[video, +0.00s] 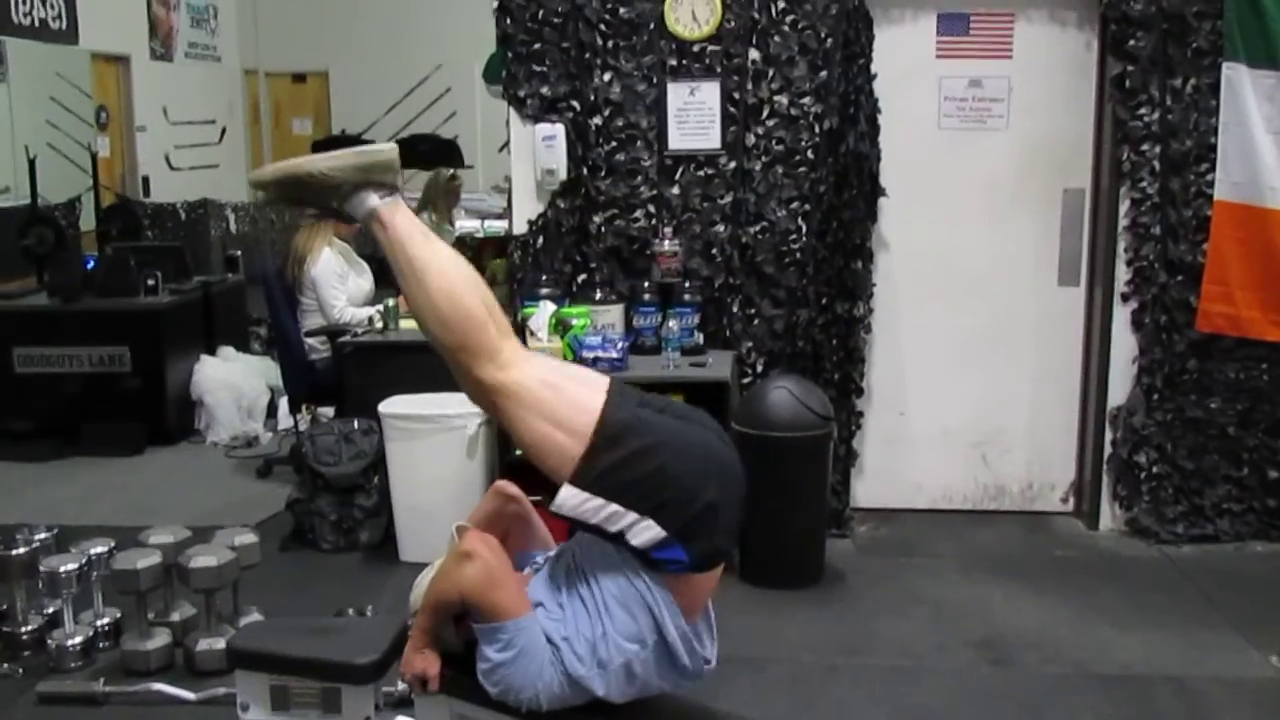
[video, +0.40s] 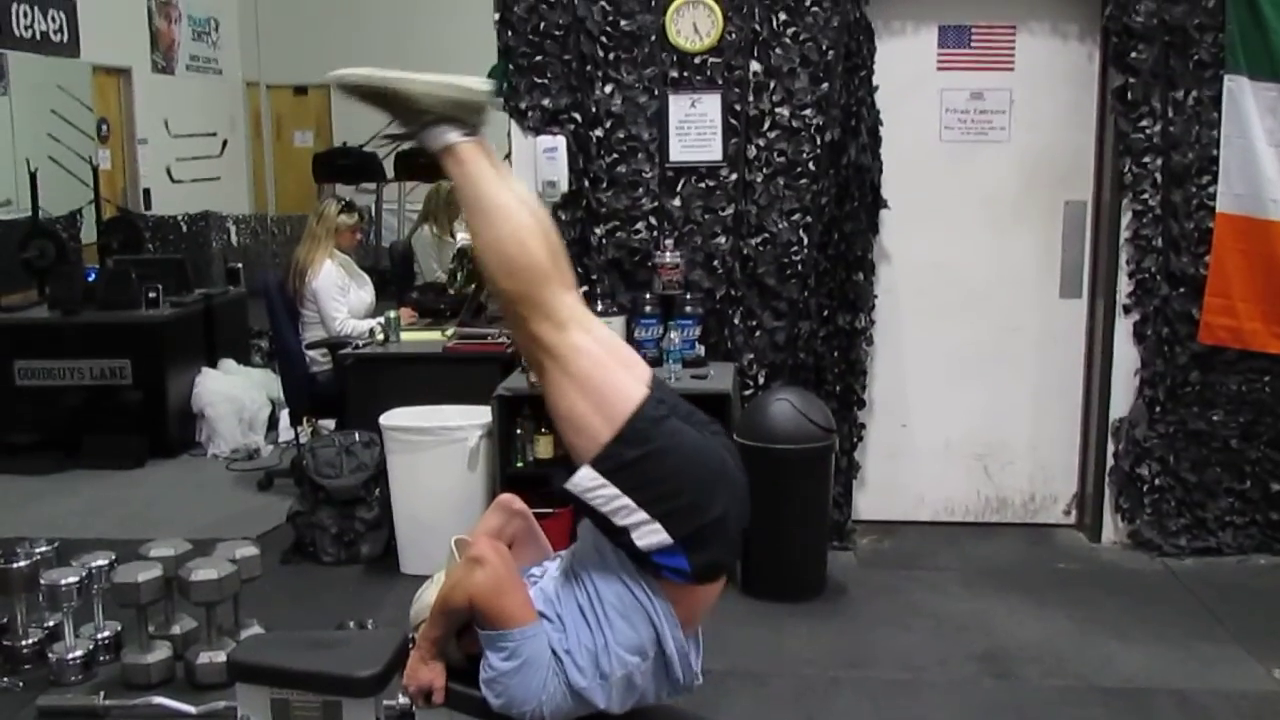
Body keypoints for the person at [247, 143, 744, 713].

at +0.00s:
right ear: (481, 625)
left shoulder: (552, 594)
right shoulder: (526, 669)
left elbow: (506, 494)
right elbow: (474, 555)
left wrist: (441, 599)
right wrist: (423, 636)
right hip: (691, 508)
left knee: (501, 373)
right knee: (497, 373)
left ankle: (387, 211)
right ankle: (378, 202)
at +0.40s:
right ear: (475, 638)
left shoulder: (552, 604)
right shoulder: (527, 678)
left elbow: (511, 511)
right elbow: (479, 558)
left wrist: (446, 610)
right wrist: (432, 644)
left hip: (696, 511)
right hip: (683, 528)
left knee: (558, 320)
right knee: (548, 327)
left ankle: (465, 138)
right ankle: (452, 135)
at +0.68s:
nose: (475, 560)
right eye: (469, 574)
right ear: (475, 642)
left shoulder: (558, 604)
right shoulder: (528, 683)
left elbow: (516, 517)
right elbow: (490, 561)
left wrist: (447, 615)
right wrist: (433, 649)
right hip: (713, 564)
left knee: (622, 335)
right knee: (612, 338)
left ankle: (561, 140)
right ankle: (555, 138)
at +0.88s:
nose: (478, 560)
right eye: (473, 581)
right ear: (475, 641)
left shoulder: (557, 608)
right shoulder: (526, 680)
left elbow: (517, 521)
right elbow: (492, 559)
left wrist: (452, 614)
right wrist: (436, 645)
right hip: (720, 578)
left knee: (673, 346)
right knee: (664, 350)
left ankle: (647, 139)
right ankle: (641, 131)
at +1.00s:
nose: (481, 631)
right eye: (473, 625)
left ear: (486, 628)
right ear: (484, 641)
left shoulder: (561, 609)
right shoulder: (527, 677)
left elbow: (517, 521)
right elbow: (493, 555)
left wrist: (453, 615)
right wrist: (436, 646)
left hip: (746, 570)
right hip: (728, 583)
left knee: (704, 354)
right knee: (692, 355)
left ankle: (695, 141)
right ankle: (692, 138)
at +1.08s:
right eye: (471, 622)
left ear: (479, 630)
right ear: (481, 640)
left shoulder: (562, 609)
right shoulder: (528, 678)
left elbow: (517, 520)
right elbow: (493, 555)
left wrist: (453, 609)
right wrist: (436, 646)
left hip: (746, 573)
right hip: (735, 588)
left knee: (722, 359)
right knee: (708, 359)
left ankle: (730, 145)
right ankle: (727, 146)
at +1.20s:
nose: (479, 559)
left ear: (479, 629)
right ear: (479, 635)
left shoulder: (563, 607)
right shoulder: (530, 675)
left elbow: (518, 518)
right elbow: (492, 556)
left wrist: (456, 607)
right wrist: (436, 646)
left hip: (748, 580)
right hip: (742, 595)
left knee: (735, 369)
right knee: (727, 370)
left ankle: (763, 155)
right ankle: (762, 154)